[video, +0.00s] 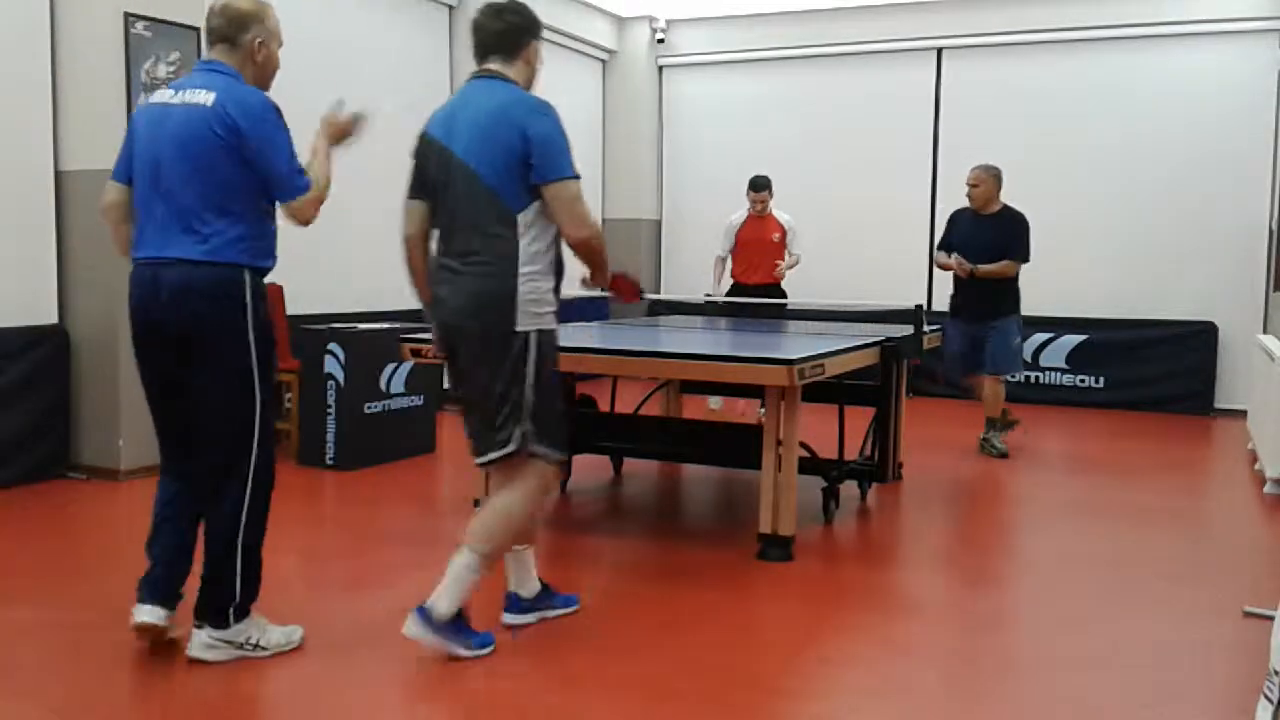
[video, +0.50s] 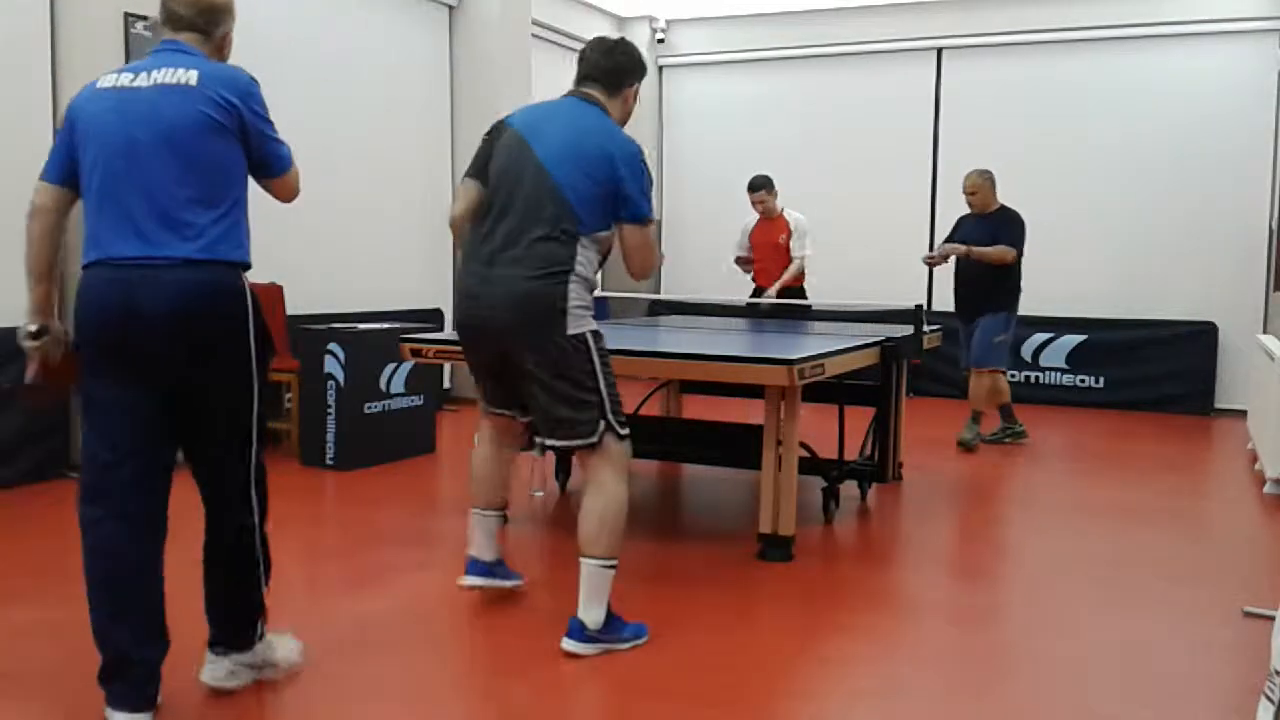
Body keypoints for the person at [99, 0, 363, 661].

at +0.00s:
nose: (277, 64)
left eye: (278, 52)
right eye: (277, 52)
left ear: (213, 44)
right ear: (258, 47)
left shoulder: (154, 103)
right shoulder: (252, 108)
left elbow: (115, 203)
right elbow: (303, 207)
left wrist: (148, 266)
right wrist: (325, 142)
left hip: (154, 291)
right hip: (225, 293)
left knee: (183, 453)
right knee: (243, 456)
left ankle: (156, 597)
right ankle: (224, 621)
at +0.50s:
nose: (233, 45)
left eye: (226, 33)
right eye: (232, 35)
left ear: (162, 29)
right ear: (222, 35)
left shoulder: (91, 95)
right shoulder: (231, 86)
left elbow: (46, 208)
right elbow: (285, 186)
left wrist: (42, 320)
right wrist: (242, 123)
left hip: (110, 303)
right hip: (207, 301)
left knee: (116, 492)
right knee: (232, 479)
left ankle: (129, 694)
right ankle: (235, 644)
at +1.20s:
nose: (325, 13)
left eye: (323, 5)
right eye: (323, 5)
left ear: (245, 5)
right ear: (304, 4)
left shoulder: (168, 76)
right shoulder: (325, 60)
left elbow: (130, 211)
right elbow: (386, 164)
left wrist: (140, 334)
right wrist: (340, 169)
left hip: (196, 310)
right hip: (303, 309)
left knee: (176, 522)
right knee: (309, 533)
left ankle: (138, 697)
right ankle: (294, 707)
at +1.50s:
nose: (362, 11)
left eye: (361, 5)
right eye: (362, 4)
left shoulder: (196, 54)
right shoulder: (358, 41)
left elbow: (158, 193)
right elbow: (387, 141)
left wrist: (202, 291)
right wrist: (386, 287)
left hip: (215, 305)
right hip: (323, 302)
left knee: (221, 541)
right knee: (330, 538)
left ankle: (224, 708)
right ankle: (301, 709)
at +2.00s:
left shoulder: (182, 56)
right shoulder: (358, 18)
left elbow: (136, 209)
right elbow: (400, 97)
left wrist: (118, 347)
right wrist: (381, 250)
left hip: (221, 313)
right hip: (350, 300)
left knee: (230, 558)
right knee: (380, 549)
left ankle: (230, 710)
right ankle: (381, 706)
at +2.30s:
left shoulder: (246, 46)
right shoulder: (444, 29)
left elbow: (184, 203)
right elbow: (518, 120)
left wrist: (162, 357)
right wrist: (483, 272)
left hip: (293, 341)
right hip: (426, 332)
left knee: (266, 598)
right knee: (464, 601)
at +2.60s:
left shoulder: (337, 33)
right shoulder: (542, 22)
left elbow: (286, 196)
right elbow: (617, 181)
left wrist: (280, 336)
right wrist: (582, 251)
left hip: (363, 323)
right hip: (502, 323)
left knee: (351, 584)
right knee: (520, 592)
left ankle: (331, 713)